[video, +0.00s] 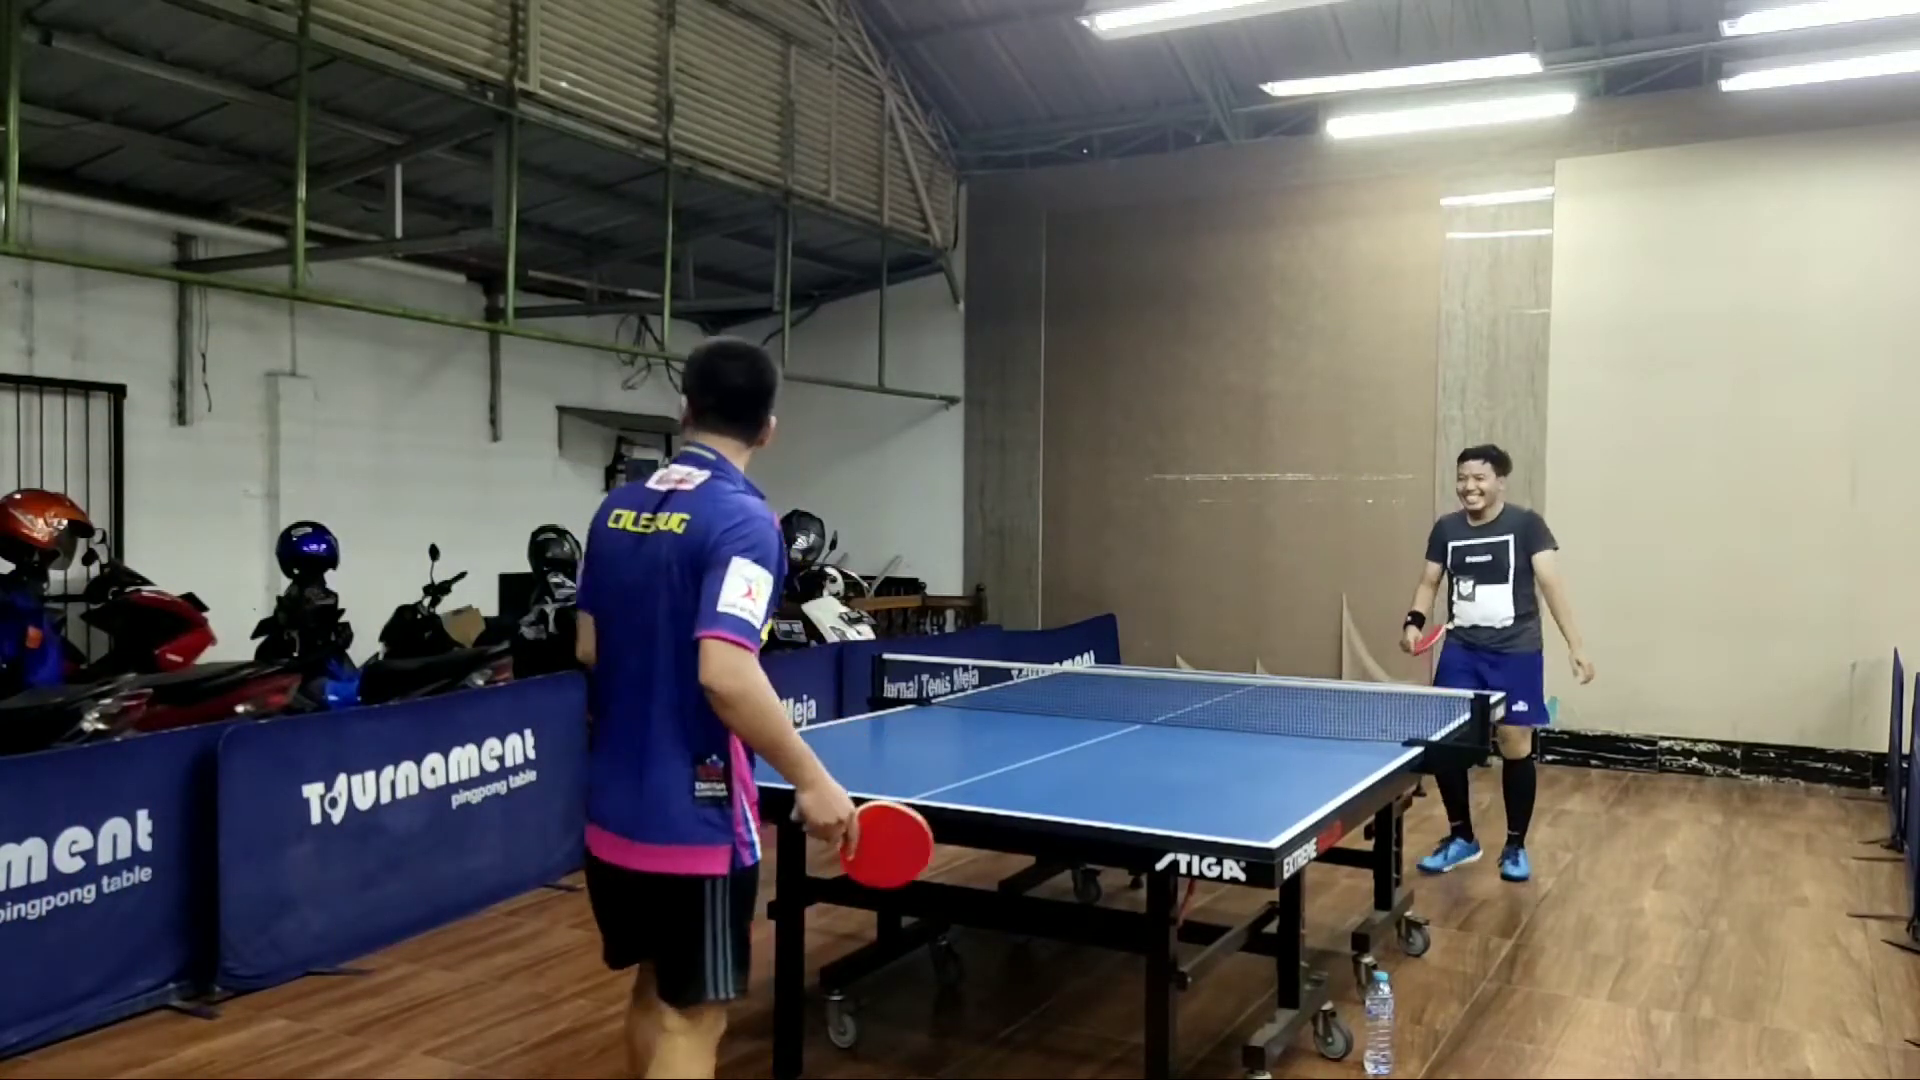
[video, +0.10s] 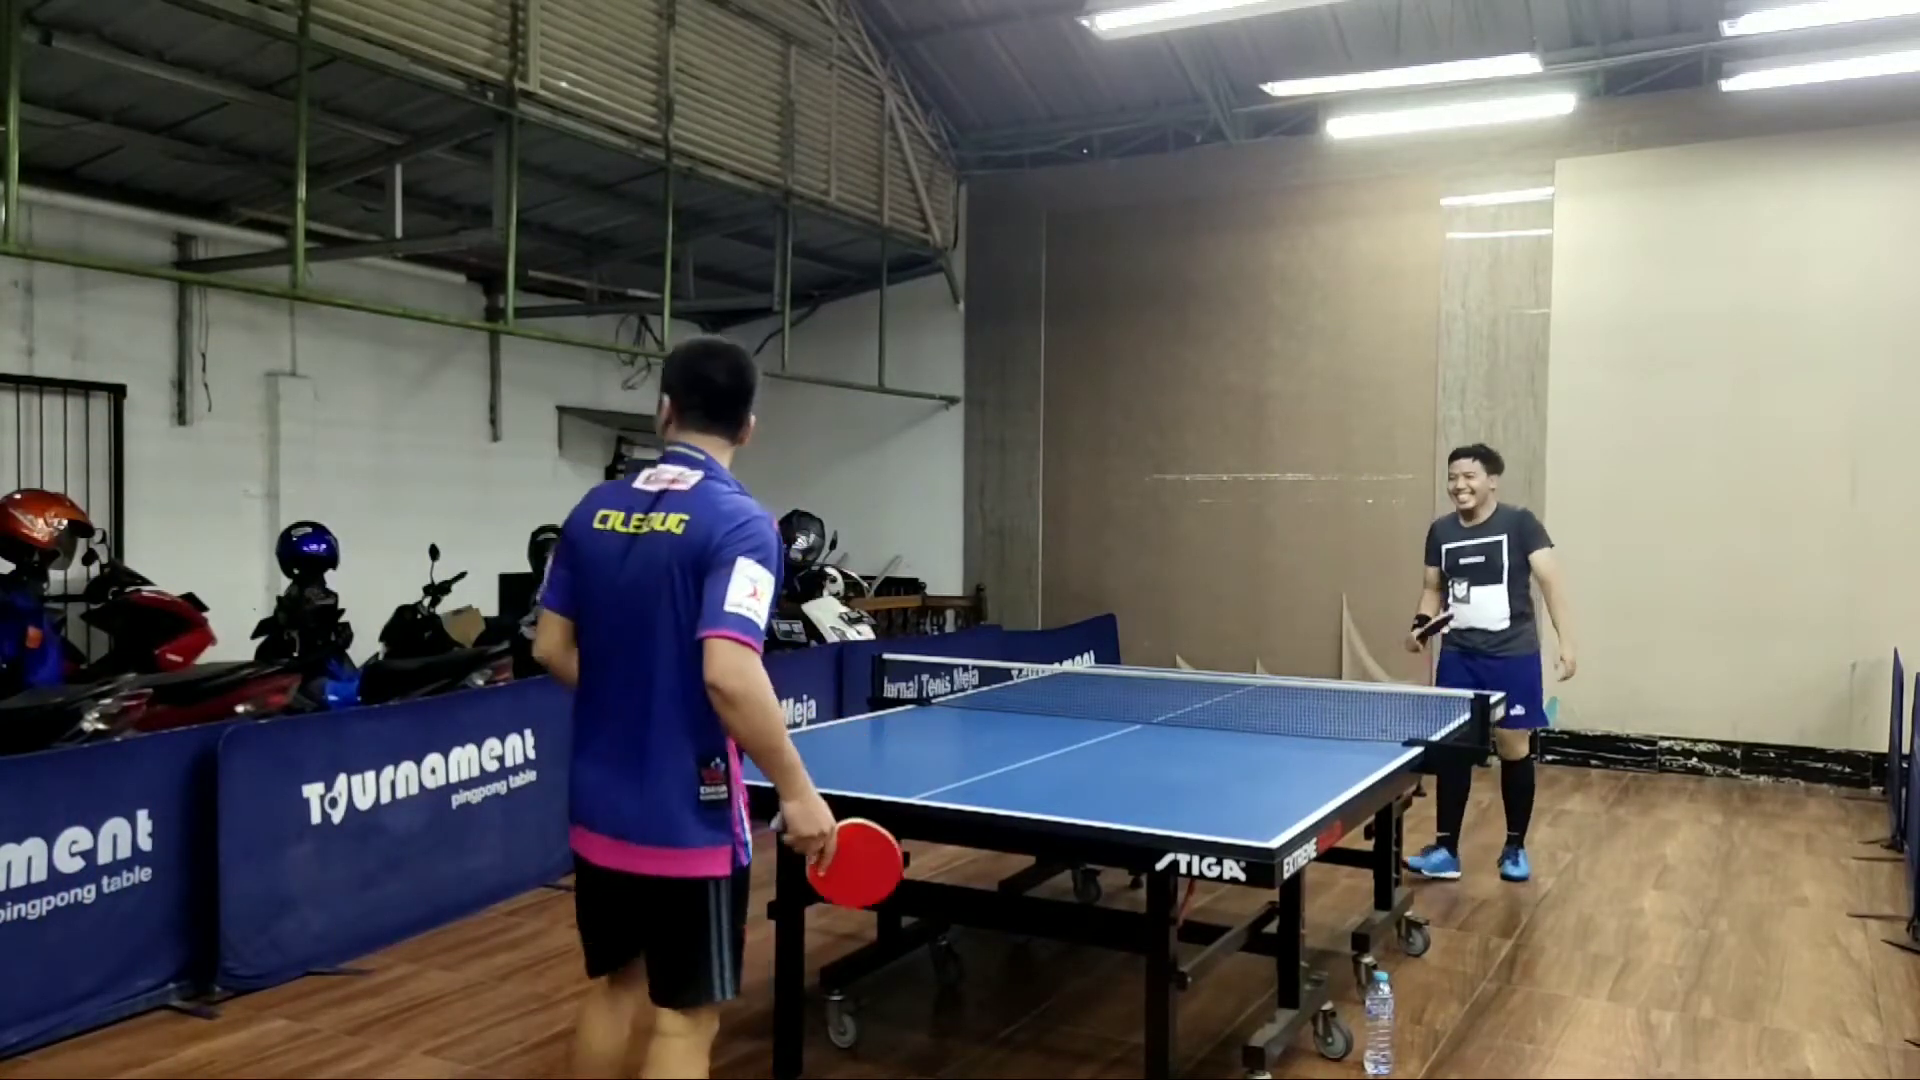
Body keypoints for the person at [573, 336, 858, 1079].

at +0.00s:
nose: (769, 422)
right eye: (771, 412)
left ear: (684, 410)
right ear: (766, 424)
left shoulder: (619, 505)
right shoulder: (744, 517)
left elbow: (591, 646)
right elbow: (726, 671)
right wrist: (813, 779)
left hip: (616, 807)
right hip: (694, 822)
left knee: (653, 986)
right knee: (692, 1019)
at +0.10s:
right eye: (749, 416)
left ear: (663, 413)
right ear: (748, 427)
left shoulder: (596, 506)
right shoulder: (741, 523)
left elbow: (552, 645)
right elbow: (729, 671)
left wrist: (628, 692)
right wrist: (798, 789)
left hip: (598, 809)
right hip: (692, 821)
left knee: (611, 987)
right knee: (684, 1021)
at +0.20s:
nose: (632, 410)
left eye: (634, 401)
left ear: (642, 409)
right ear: (726, 424)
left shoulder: (570, 508)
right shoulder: (730, 522)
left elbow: (525, 650)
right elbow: (725, 673)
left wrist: (606, 685)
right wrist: (785, 791)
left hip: (578, 813)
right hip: (679, 825)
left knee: (568, 966)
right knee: (678, 1015)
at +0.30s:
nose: (608, 410)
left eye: (610, 400)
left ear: (619, 407)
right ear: (702, 422)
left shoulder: (545, 509)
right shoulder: (713, 525)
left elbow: (505, 655)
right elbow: (713, 679)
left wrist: (581, 683)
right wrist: (769, 783)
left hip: (552, 816)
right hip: (659, 829)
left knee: (517, 976)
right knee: (671, 1013)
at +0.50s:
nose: (551, 418)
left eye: (553, 407)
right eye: (556, 408)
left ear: (564, 415)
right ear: (643, 434)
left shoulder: (486, 513)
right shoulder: (655, 536)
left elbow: (448, 661)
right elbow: (654, 691)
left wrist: (533, 656)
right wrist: (713, 769)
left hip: (475, 832)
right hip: (599, 843)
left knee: (430, 1020)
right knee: (653, 1022)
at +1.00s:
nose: (537, 468)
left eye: (540, 458)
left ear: (554, 462)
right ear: (625, 486)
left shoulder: (473, 538)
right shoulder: (636, 558)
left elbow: (444, 663)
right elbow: (658, 715)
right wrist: (670, 764)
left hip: (405, 818)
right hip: (526, 831)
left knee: (412, 989)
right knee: (573, 1021)